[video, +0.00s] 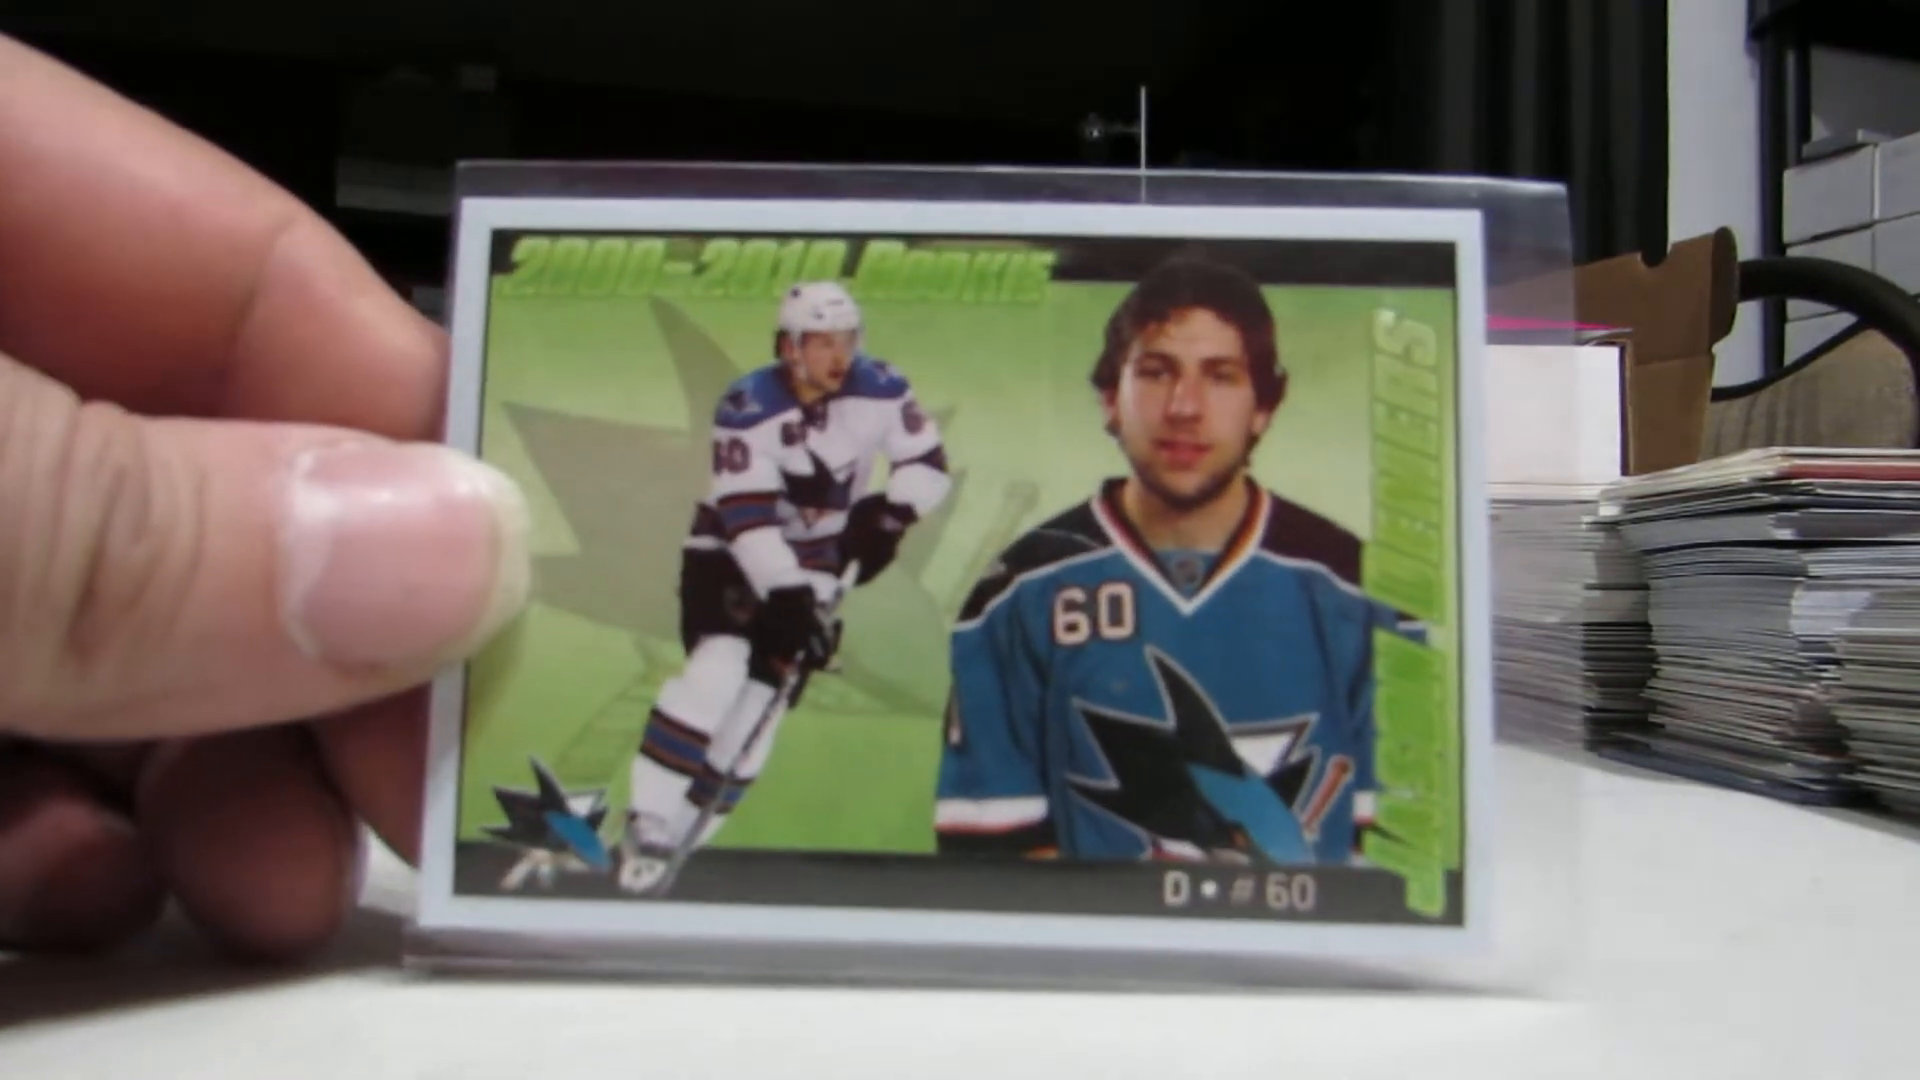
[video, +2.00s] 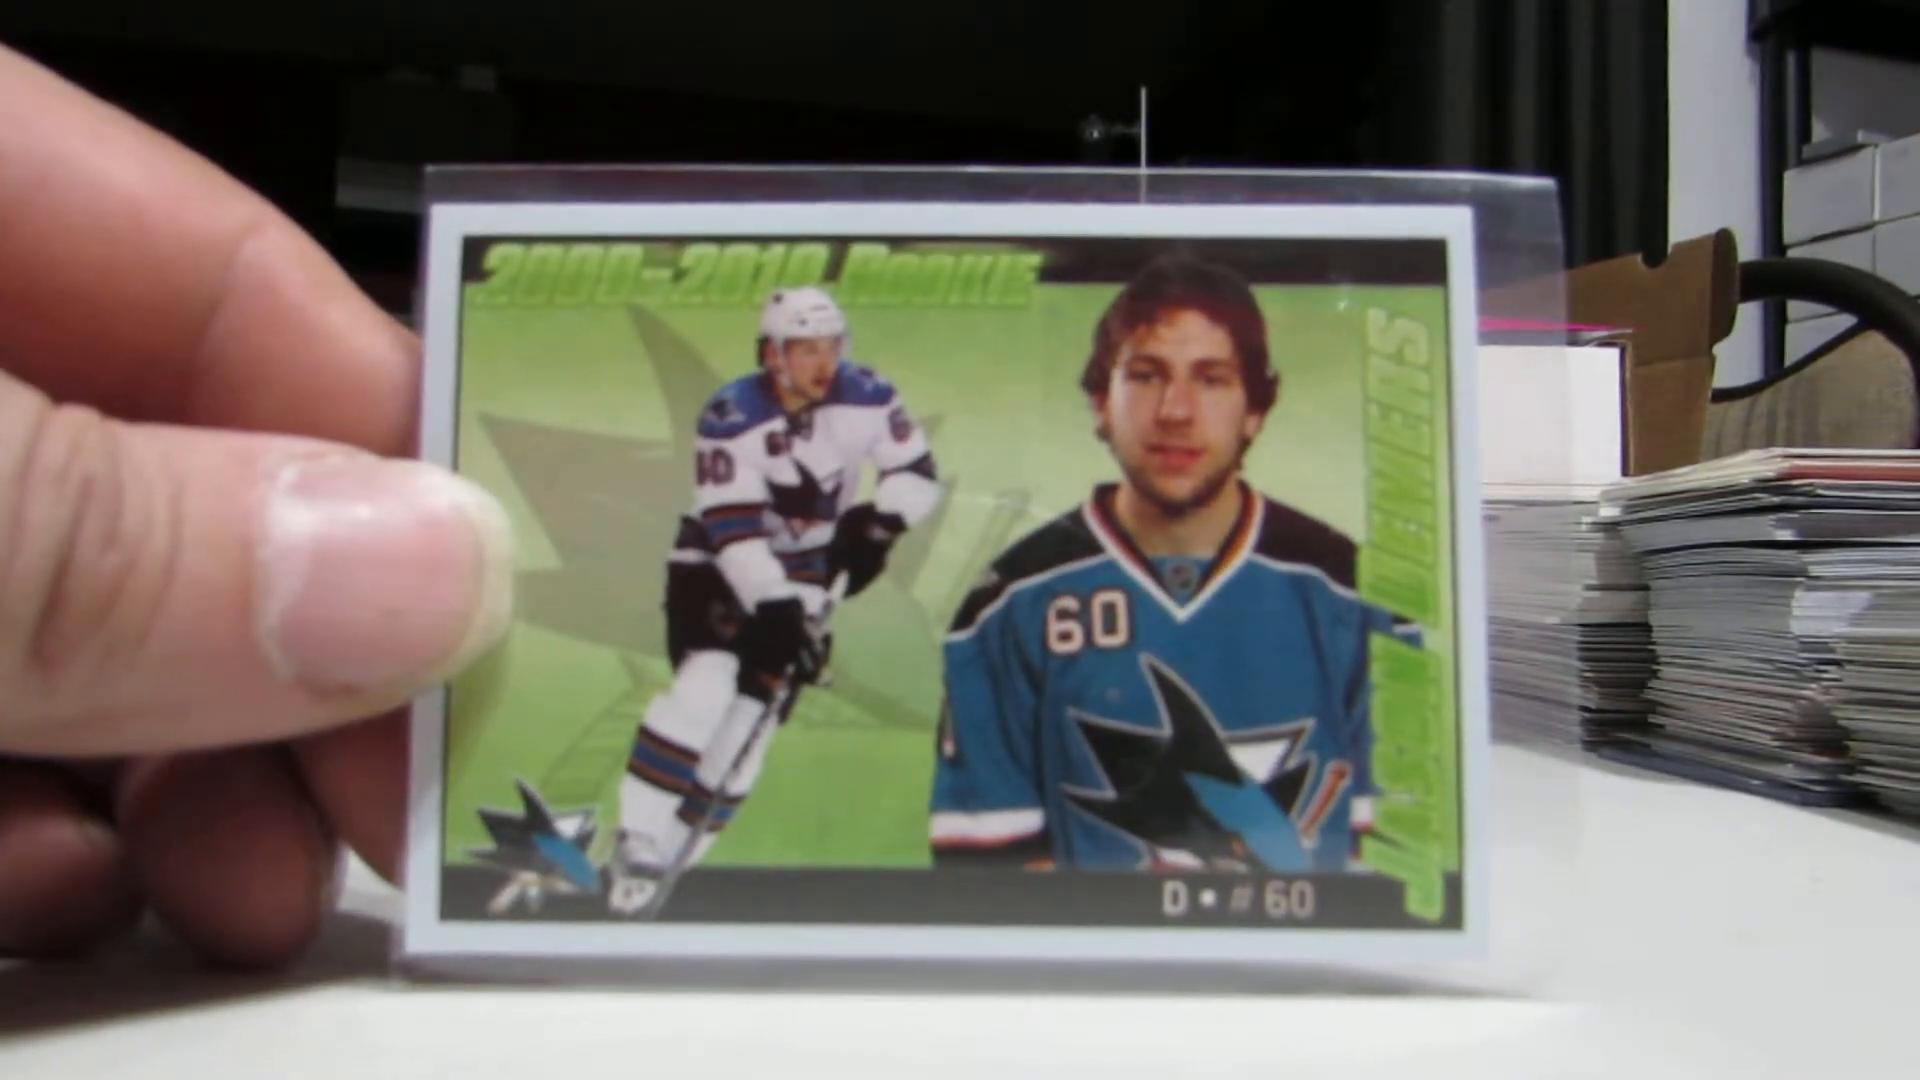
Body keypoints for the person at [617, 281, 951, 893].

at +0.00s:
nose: (841, 357)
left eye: (848, 344)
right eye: (826, 344)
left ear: (858, 343)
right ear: (791, 348)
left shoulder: (881, 392)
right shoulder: (749, 407)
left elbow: (927, 465)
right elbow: (746, 512)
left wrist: (888, 519)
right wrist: (786, 594)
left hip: (817, 563)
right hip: (734, 550)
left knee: (763, 700)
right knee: (720, 665)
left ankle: (686, 836)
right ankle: (651, 826)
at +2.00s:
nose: (823, 363)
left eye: (831, 349)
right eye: (807, 350)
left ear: (842, 350)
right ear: (772, 356)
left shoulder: (868, 399)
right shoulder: (732, 416)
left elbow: (916, 474)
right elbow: (731, 523)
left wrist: (876, 527)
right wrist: (774, 604)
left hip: (806, 574)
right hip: (721, 564)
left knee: (753, 718)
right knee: (707, 682)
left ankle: (679, 854)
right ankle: (640, 844)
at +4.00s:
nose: (825, 367)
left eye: (833, 353)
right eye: (809, 354)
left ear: (843, 352)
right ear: (774, 358)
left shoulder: (867, 401)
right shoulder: (733, 418)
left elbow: (917, 474)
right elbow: (733, 527)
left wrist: (880, 530)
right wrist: (775, 609)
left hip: (807, 578)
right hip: (721, 567)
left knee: (754, 722)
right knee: (708, 687)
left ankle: (678, 861)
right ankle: (642, 851)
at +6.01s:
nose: (825, 366)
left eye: (833, 352)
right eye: (810, 353)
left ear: (843, 352)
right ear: (773, 359)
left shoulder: (868, 401)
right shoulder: (732, 420)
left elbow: (917, 474)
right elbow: (733, 528)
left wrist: (880, 531)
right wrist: (776, 610)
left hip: (807, 578)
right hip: (721, 568)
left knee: (754, 724)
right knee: (709, 685)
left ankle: (677, 863)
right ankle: (641, 850)